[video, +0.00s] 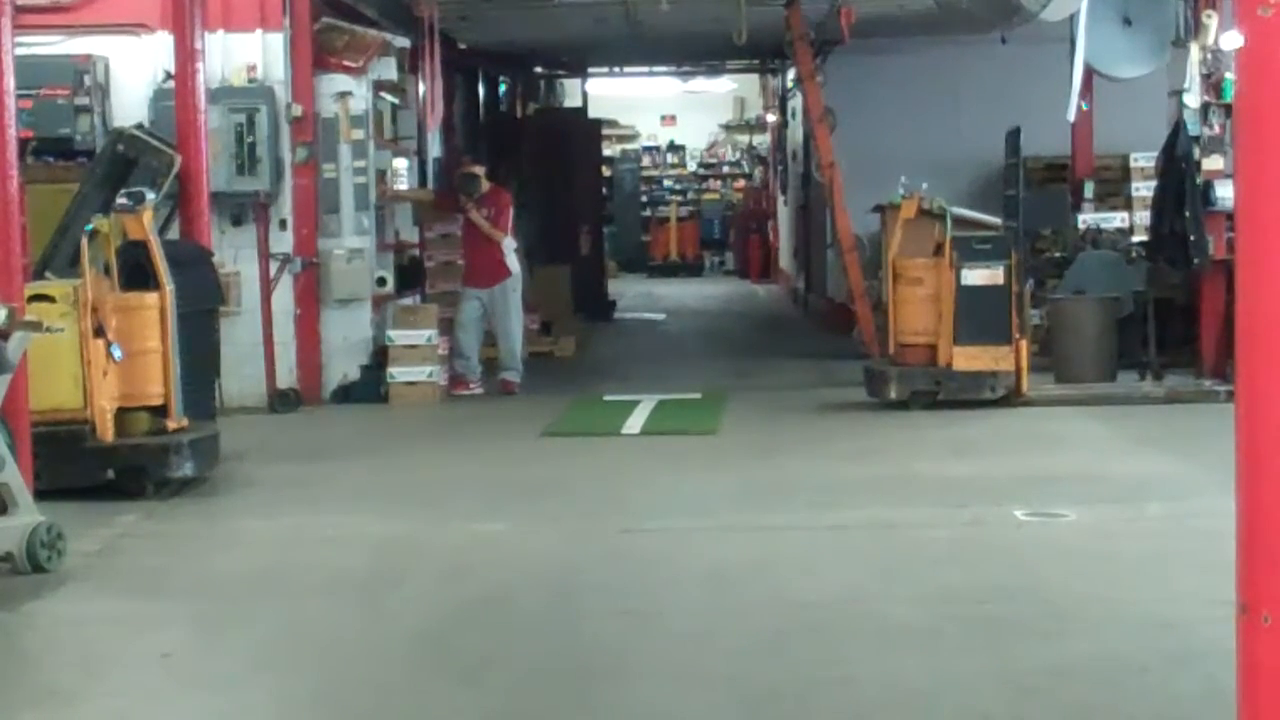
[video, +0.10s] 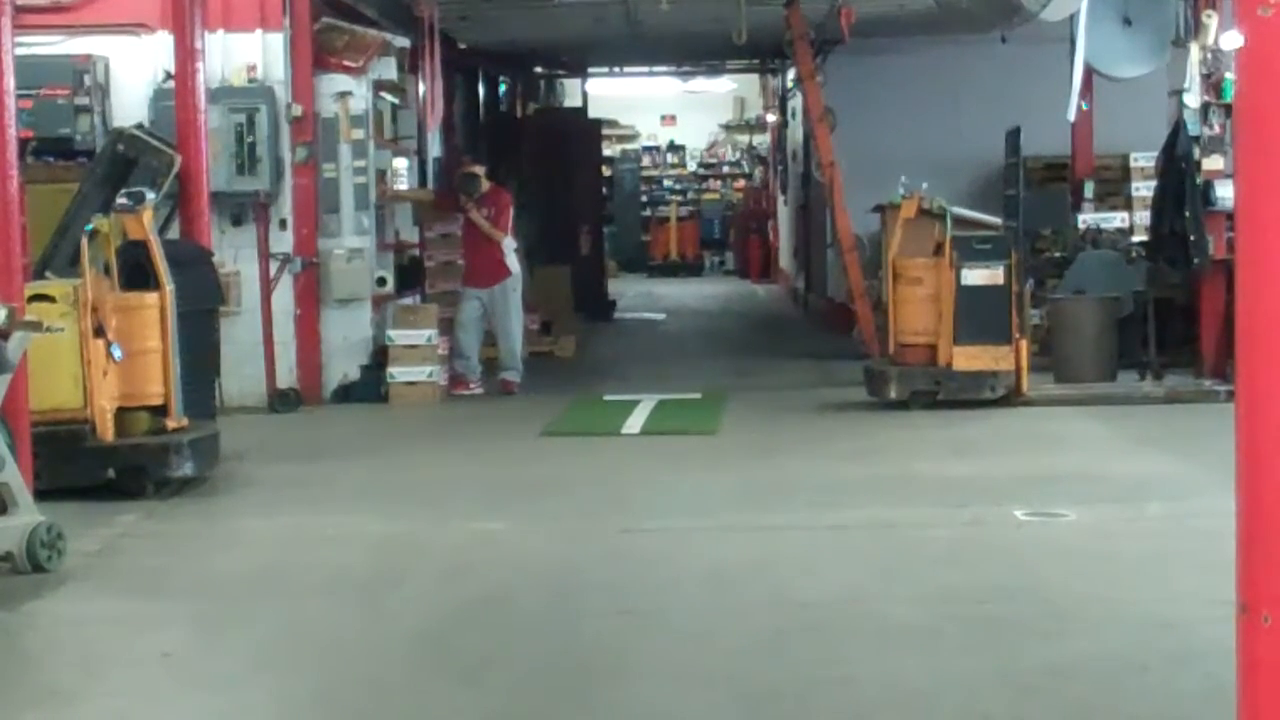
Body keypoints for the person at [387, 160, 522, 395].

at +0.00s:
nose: (468, 201)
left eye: (469, 196)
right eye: (465, 198)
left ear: (479, 187)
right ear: (461, 191)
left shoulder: (501, 198)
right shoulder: (464, 197)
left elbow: (500, 236)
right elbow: (430, 196)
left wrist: (475, 216)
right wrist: (393, 194)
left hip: (503, 279)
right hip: (474, 280)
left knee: (508, 328)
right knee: (465, 327)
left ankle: (510, 376)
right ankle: (469, 378)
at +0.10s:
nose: (467, 185)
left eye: (471, 180)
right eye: (464, 180)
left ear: (482, 178)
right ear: (461, 182)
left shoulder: (501, 198)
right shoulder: (466, 197)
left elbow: (500, 235)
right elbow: (431, 197)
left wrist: (474, 215)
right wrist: (395, 195)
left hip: (502, 276)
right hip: (474, 278)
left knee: (507, 328)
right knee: (464, 326)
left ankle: (510, 375)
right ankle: (470, 378)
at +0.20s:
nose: (466, 188)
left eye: (470, 183)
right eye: (463, 184)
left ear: (481, 179)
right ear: (461, 184)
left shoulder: (501, 198)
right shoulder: (466, 197)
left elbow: (501, 235)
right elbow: (431, 196)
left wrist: (475, 215)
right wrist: (395, 194)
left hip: (502, 275)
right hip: (474, 276)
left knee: (508, 327)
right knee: (465, 326)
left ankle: (510, 375)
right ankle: (470, 377)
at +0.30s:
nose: (467, 191)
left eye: (470, 186)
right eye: (464, 186)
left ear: (481, 179)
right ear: (461, 182)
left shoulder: (501, 198)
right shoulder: (465, 196)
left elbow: (500, 235)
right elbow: (430, 195)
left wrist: (475, 215)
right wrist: (393, 193)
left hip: (503, 278)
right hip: (474, 279)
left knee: (508, 327)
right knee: (465, 326)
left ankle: (510, 375)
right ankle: (469, 376)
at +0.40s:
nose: (469, 171)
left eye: (474, 165)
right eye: (465, 167)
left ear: (486, 168)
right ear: (462, 171)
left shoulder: (502, 196)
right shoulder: (465, 195)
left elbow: (504, 234)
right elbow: (430, 194)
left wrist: (476, 215)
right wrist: (393, 192)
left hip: (503, 276)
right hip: (474, 277)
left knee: (508, 327)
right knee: (465, 327)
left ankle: (510, 375)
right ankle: (469, 376)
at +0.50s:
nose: (473, 172)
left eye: (477, 166)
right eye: (469, 168)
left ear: (488, 168)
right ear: (465, 172)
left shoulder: (503, 196)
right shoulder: (464, 194)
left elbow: (512, 235)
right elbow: (430, 193)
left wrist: (481, 222)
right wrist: (393, 192)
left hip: (503, 276)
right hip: (474, 277)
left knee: (508, 327)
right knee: (466, 327)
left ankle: (510, 375)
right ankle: (469, 376)